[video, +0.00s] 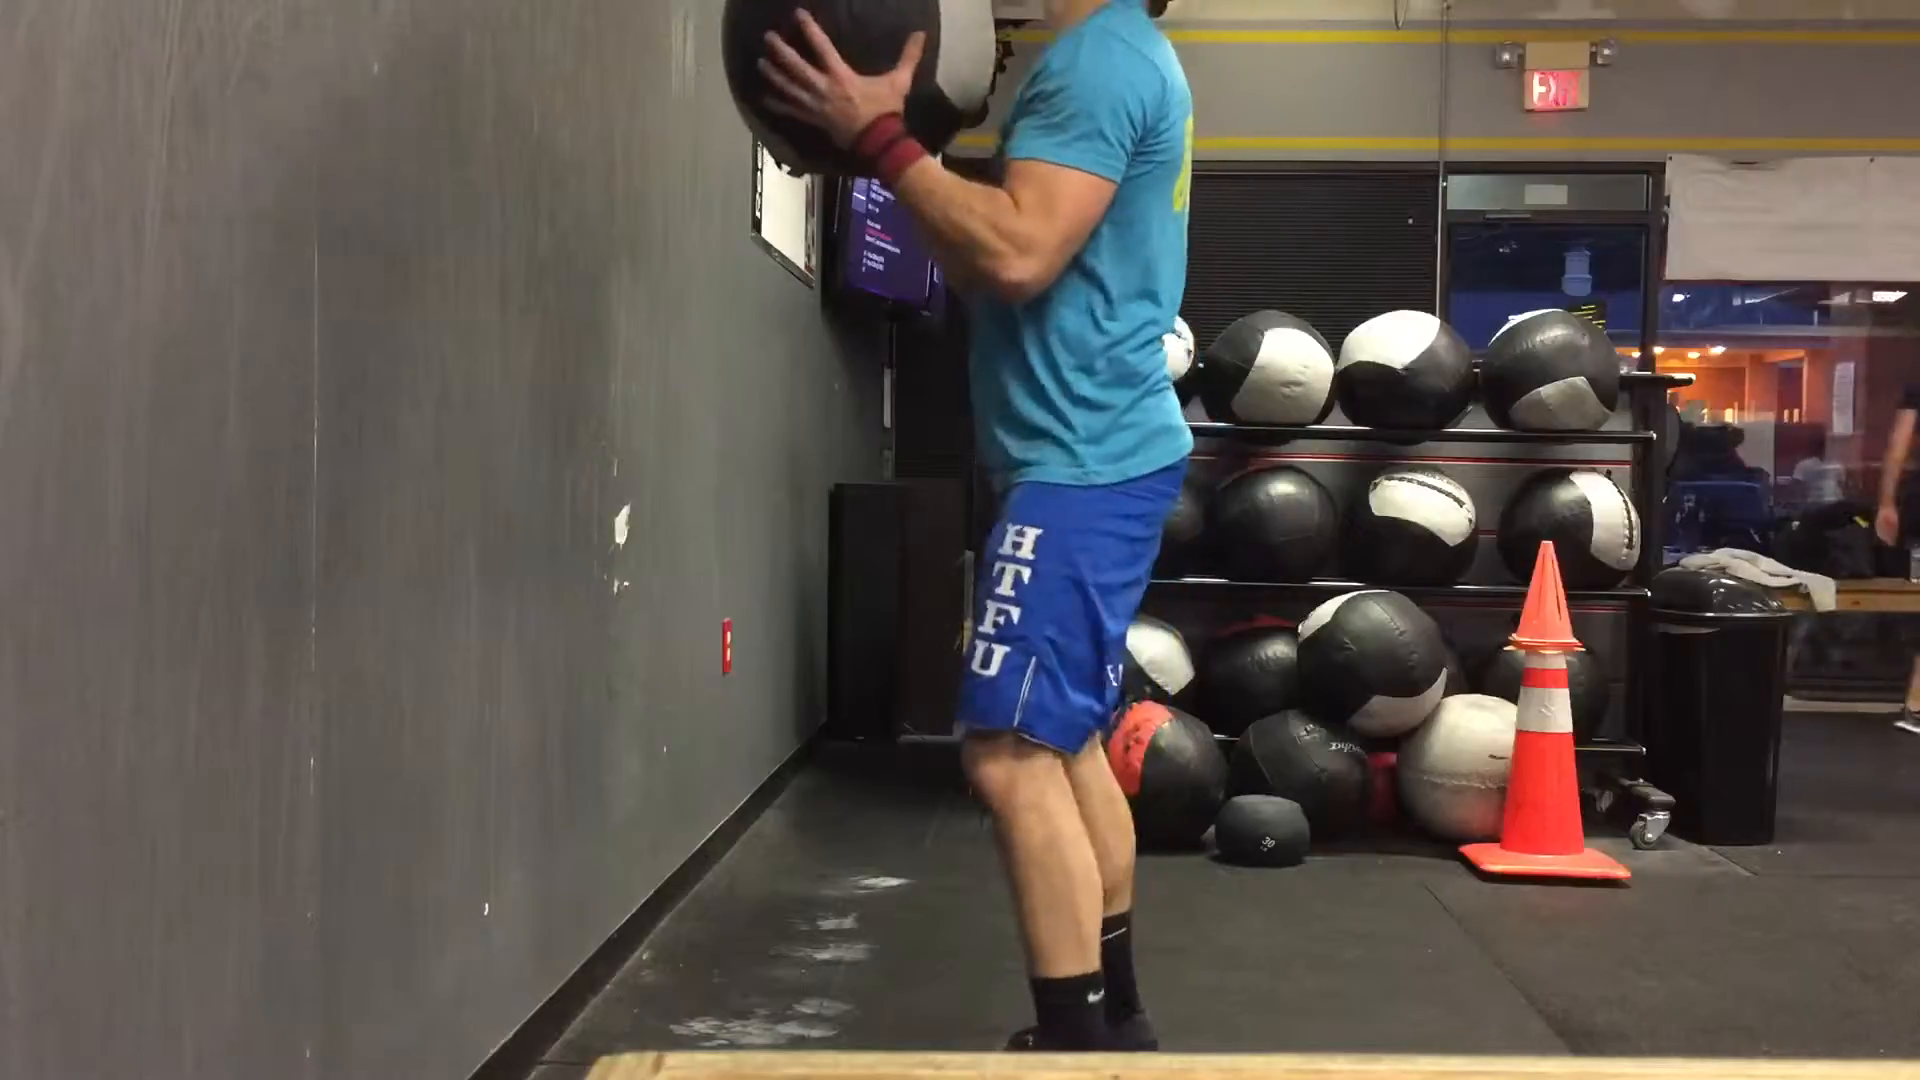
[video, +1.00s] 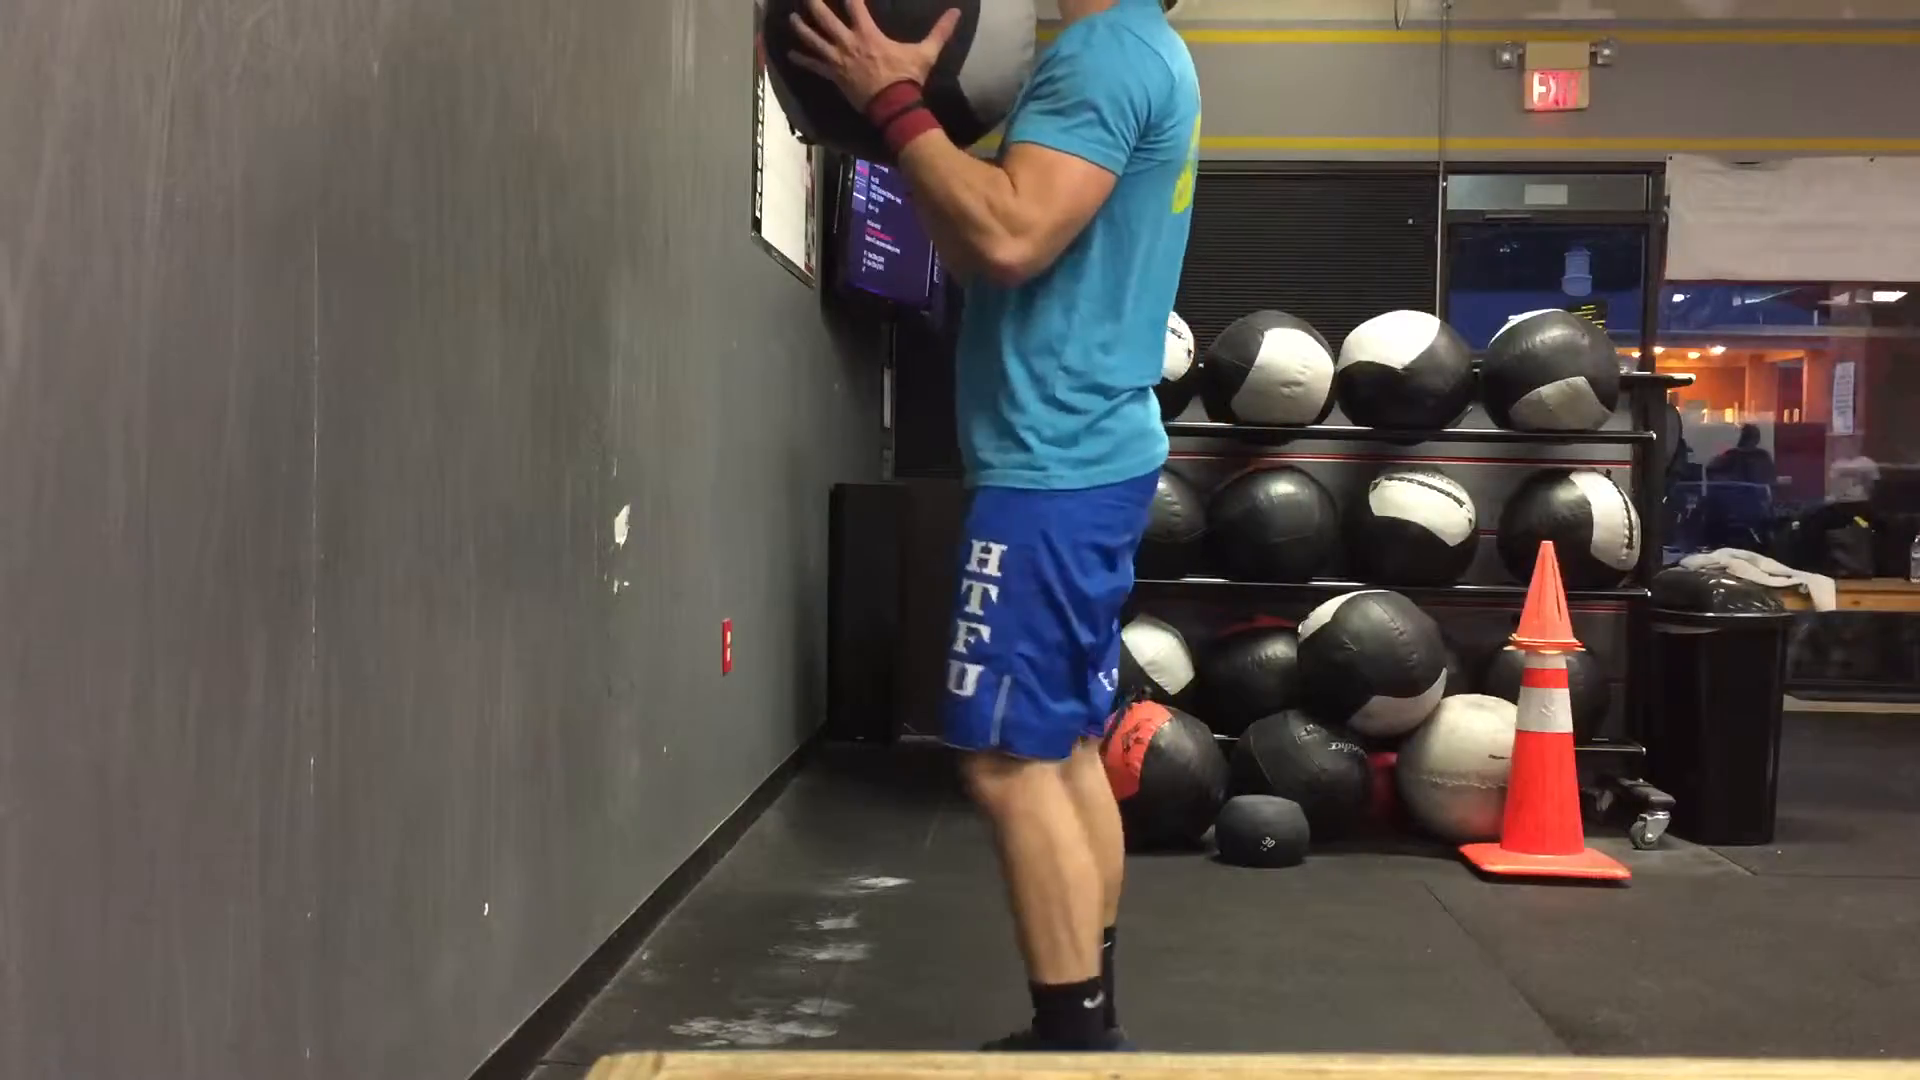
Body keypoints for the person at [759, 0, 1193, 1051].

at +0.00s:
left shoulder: (1106, 60)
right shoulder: (1077, 54)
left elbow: (1018, 252)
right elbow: (1002, 213)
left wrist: (883, 140)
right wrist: (876, 144)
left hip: (1087, 460)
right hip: (1077, 453)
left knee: (1011, 752)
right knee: (1065, 737)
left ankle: (1070, 1040)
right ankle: (1110, 1007)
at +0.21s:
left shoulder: (1103, 38)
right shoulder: (1074, 40)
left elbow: (1005, 225)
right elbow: (975, 233)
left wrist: (888, 87)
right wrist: (893, 95)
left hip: (1070, 459)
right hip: (1050, 454)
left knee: (1052, 758)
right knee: (1049, 757)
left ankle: (1088, 1028)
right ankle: (1092, 1021)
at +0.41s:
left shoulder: (1094, 34)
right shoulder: (1069, 31)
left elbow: (978, 218)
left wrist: (881, 68)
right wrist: (866, 59)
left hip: (1077, 461)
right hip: (1038, 458)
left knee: (1065, 765)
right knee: (1024, 760)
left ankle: (1088, 1038)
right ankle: (1070, 1014)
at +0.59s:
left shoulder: (1106, 53)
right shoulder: (1098, 45)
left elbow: (998, 239)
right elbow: (994, 214)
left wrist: (898, 89)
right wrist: (896, 94)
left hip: (1059, 466)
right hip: (1056, 459)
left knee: (1050, 768)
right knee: (1060, 764)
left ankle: (1080, 1033)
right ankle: (1082, 1027)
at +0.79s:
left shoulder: (1113, 64)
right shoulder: (1103, 56)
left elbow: (1019, 250)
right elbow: (998, 242)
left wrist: (906, 109)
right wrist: (915, 121)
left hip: (1066, 460)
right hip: (1081, 453)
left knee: (958, 738)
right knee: (1062, 734)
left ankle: (1057, 1038)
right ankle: (1090, 1020)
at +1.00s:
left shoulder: (1110, 56)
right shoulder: (1121, 48)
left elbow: (1006, 239)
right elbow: (1004, 227)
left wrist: (895, 102)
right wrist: (913, 114)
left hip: (1053, 463)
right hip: (1085, 453)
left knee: (1007, 757)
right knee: (1062, 743)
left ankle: (1071, 1037)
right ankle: (1088, 1017)